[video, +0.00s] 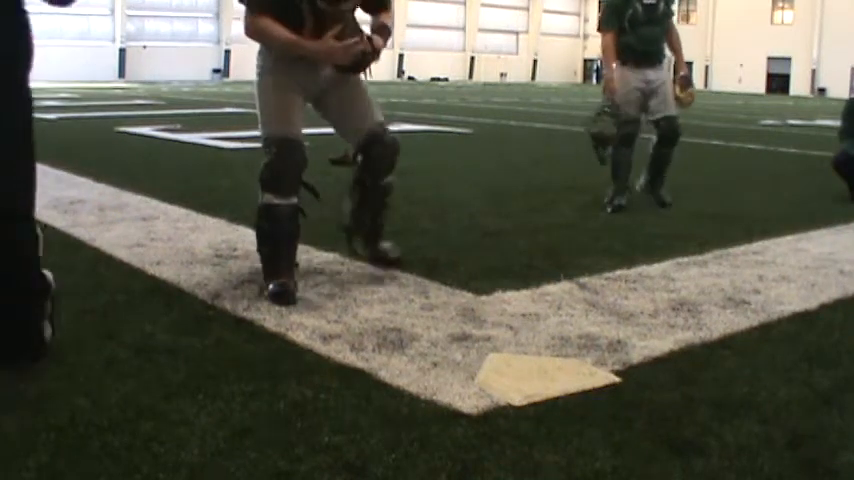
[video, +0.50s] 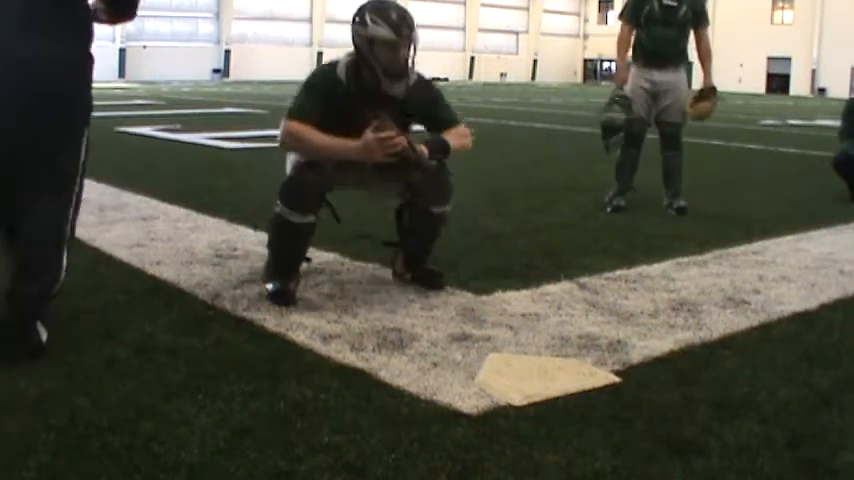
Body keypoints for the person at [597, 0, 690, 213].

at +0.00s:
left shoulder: (664, 4)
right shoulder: (616, 4)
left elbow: (669, 28)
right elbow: (608, 35)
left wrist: (681, 65)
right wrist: (609, 75)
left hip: (658, 71)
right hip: (627, 71)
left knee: (669, 131)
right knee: (626, 133)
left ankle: (654, 184)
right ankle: (619, 192)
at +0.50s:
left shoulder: (694, 4)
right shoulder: (640, 3)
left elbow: (702, 38)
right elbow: (626, 30)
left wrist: (707, 80)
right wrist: (621, 69)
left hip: (675, 74)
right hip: (641, 72)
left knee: (672, 139)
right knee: (632, 136)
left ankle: (674, 197)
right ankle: (621, 192)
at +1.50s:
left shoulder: (661, 4)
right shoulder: (610, 4)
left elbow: (673, 30)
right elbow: (601, 39)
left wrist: (683, 61)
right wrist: (600, 76)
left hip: (651, 76)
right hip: (618, 74)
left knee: (659, 133)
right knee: (619, 134)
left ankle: (668, 194)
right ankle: (618, 188)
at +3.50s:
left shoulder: (653, 4)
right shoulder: (603, 5)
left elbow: (666, 29)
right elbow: (594, 40)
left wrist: (678, 60)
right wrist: (589, 76)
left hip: (645, 73)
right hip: (613, 73)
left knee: (651, 133)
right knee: (617, 134)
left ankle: (656, 193)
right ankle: (618, 187)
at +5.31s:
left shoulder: (651, 3)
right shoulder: (601, 6)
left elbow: (665, 27)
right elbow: (591, 34)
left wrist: (679, 61)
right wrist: (590, 75)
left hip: (645, 73)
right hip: (611, 72)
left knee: (651, 134)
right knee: (617, 133)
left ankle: (656, 193)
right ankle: (618, 188)